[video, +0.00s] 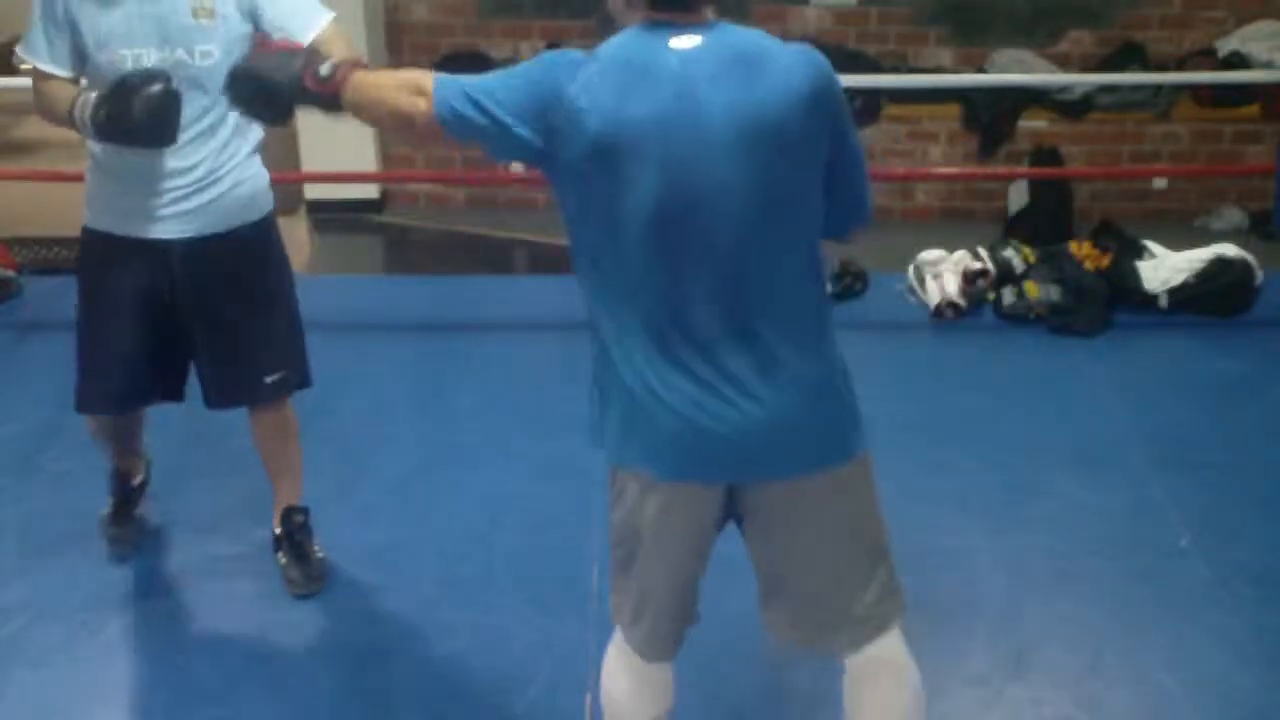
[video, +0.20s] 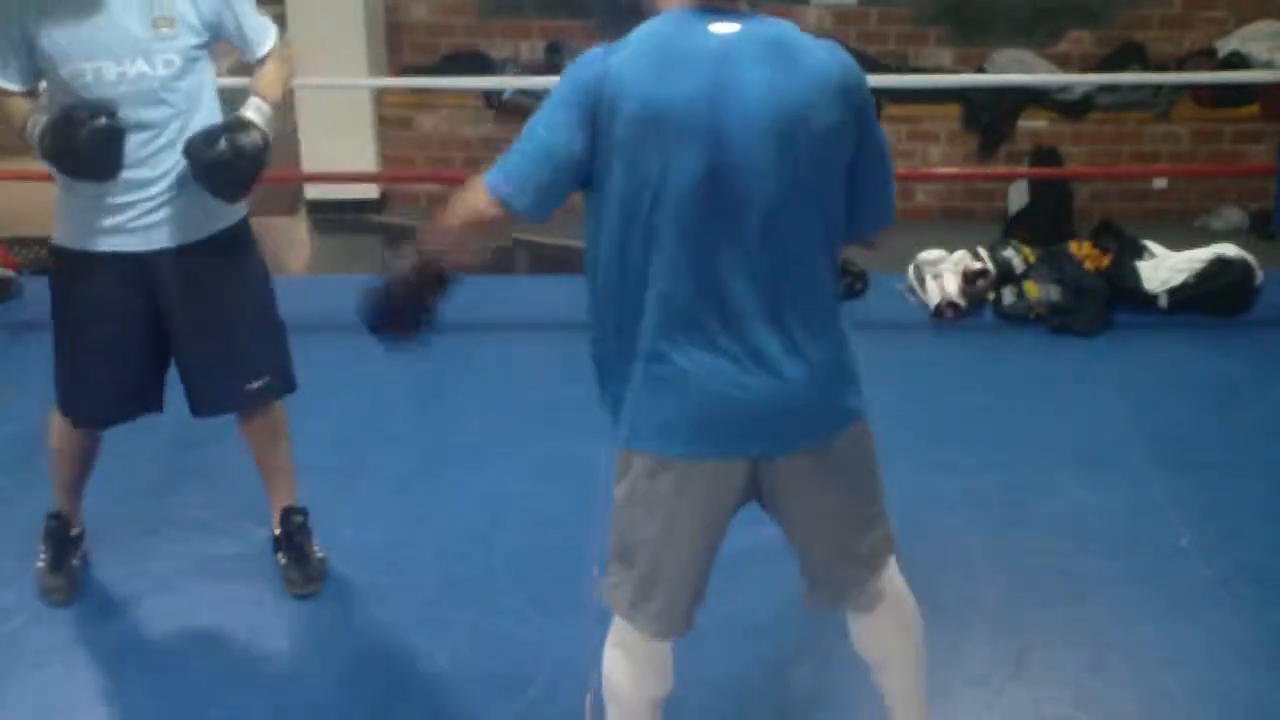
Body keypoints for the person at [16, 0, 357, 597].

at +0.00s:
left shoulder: (251, 2)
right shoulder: (66, 3)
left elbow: (338, 52)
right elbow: (48, 89)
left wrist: (298, 77)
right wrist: (97, 110)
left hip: (231, 216)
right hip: (121, 221)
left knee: (267, 384)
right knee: (108, 399)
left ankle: (292, 523)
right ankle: (128, 474)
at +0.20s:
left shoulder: (196, 1)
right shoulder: (25, 13)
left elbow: (273, 53)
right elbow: (10, 96)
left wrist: (254, 122)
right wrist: (41, 131)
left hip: (208, 225)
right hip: (95, 237)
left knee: (257, 386)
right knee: (81, 403)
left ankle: (290, 524)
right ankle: (64, 527)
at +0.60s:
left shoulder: (99, 3)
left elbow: (125, 43)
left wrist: (137, 98)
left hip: (121, 214)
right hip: (20, 243)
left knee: (201, 373)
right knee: (39, 412)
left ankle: (218, 512)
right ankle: (61, 530)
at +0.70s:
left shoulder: (87, 3)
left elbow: (111, 43)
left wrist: (123, 95)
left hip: (111, 210)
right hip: (15, 240)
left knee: (185, 374)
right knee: (37, 410)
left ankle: (194, 511)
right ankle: (59, 529)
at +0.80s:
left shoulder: (77, 5)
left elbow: (104, 58)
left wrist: (119, 102)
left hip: (104, 216)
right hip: (13, 244)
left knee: (181, 374)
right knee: (34, 412)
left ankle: (194, 512)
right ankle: (58, 532)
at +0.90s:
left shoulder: (79, 6)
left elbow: (102, 65)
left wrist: (122, 107)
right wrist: (1, 148)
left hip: (99, 223)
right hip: (10, 246)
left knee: (167, 378)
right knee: (31, 410)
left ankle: (194, 518)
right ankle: (59, 532)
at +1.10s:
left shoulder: (112, 7)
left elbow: (119, 78)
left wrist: (133, 123)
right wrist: (5, 148)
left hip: (90, 226)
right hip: (6, 245)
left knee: (145, 383)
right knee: (19, 414)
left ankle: (192, 519)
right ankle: (55, 527)